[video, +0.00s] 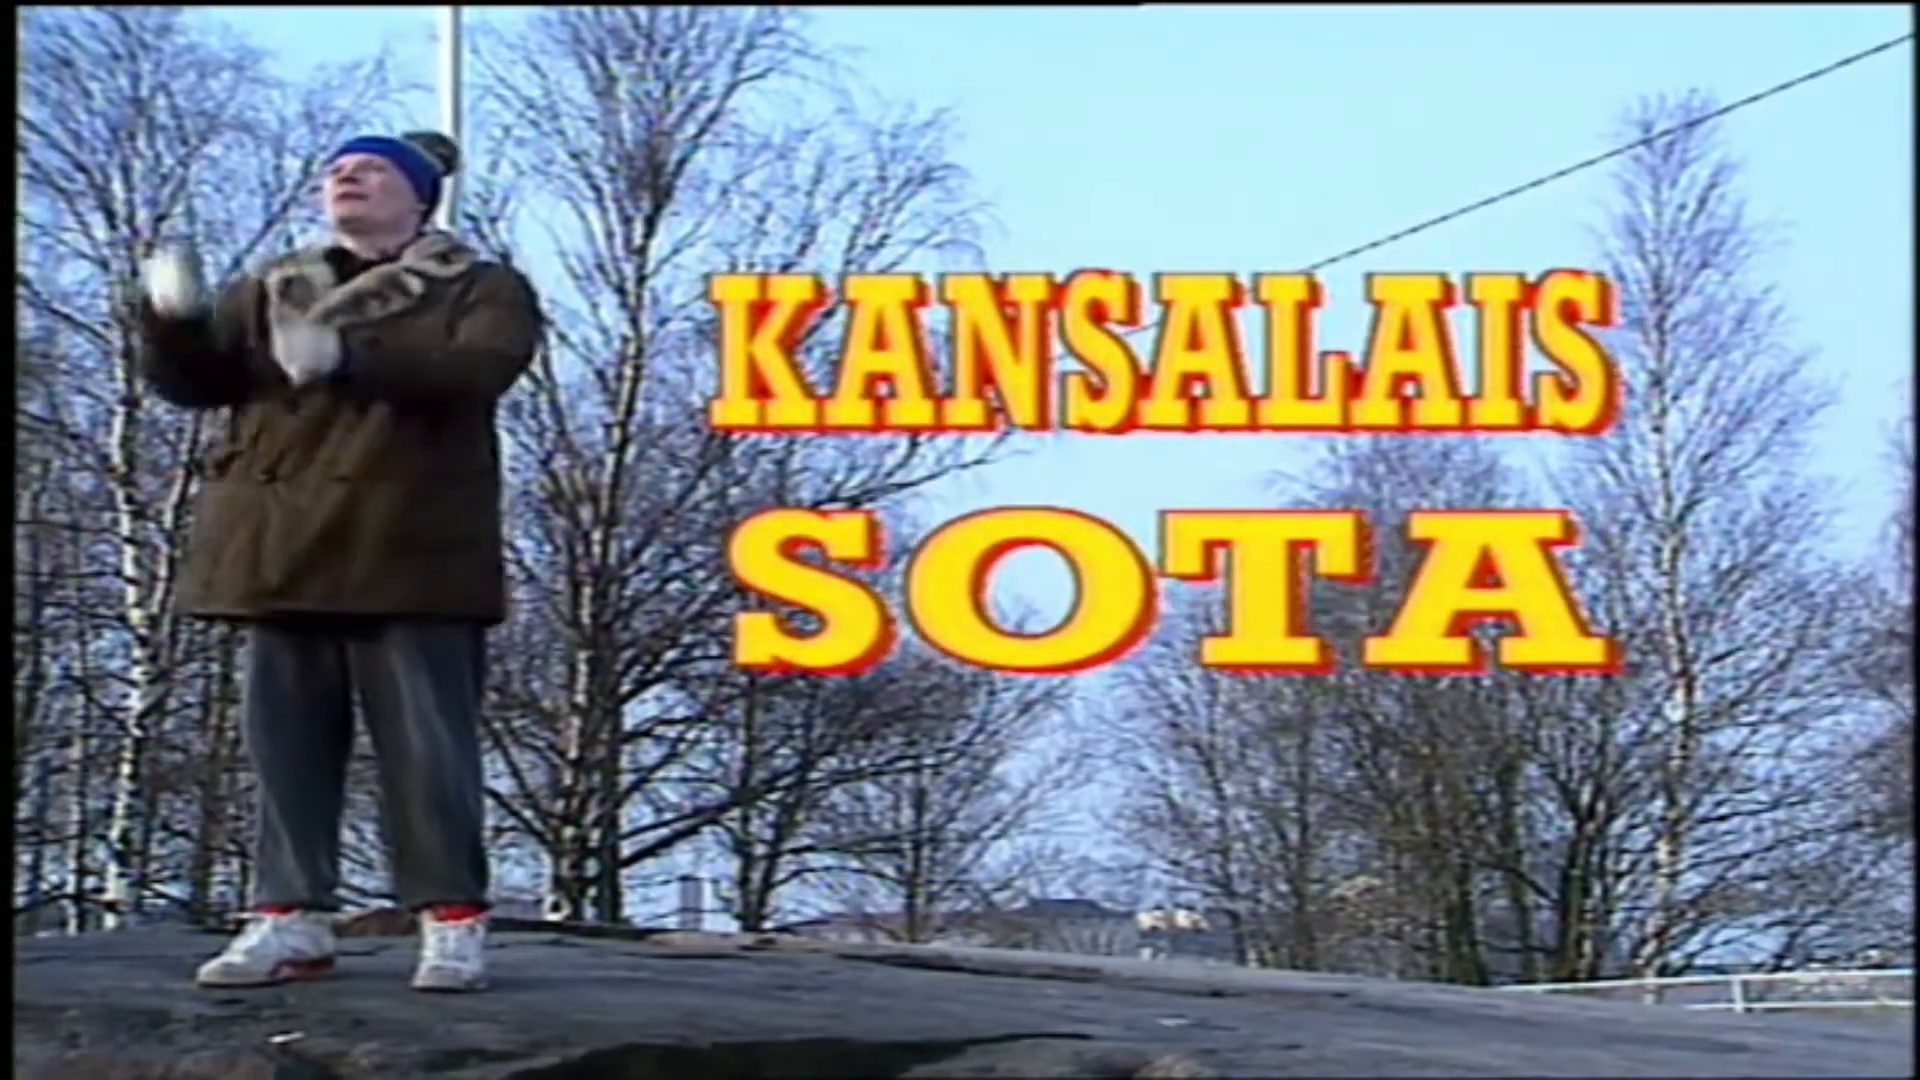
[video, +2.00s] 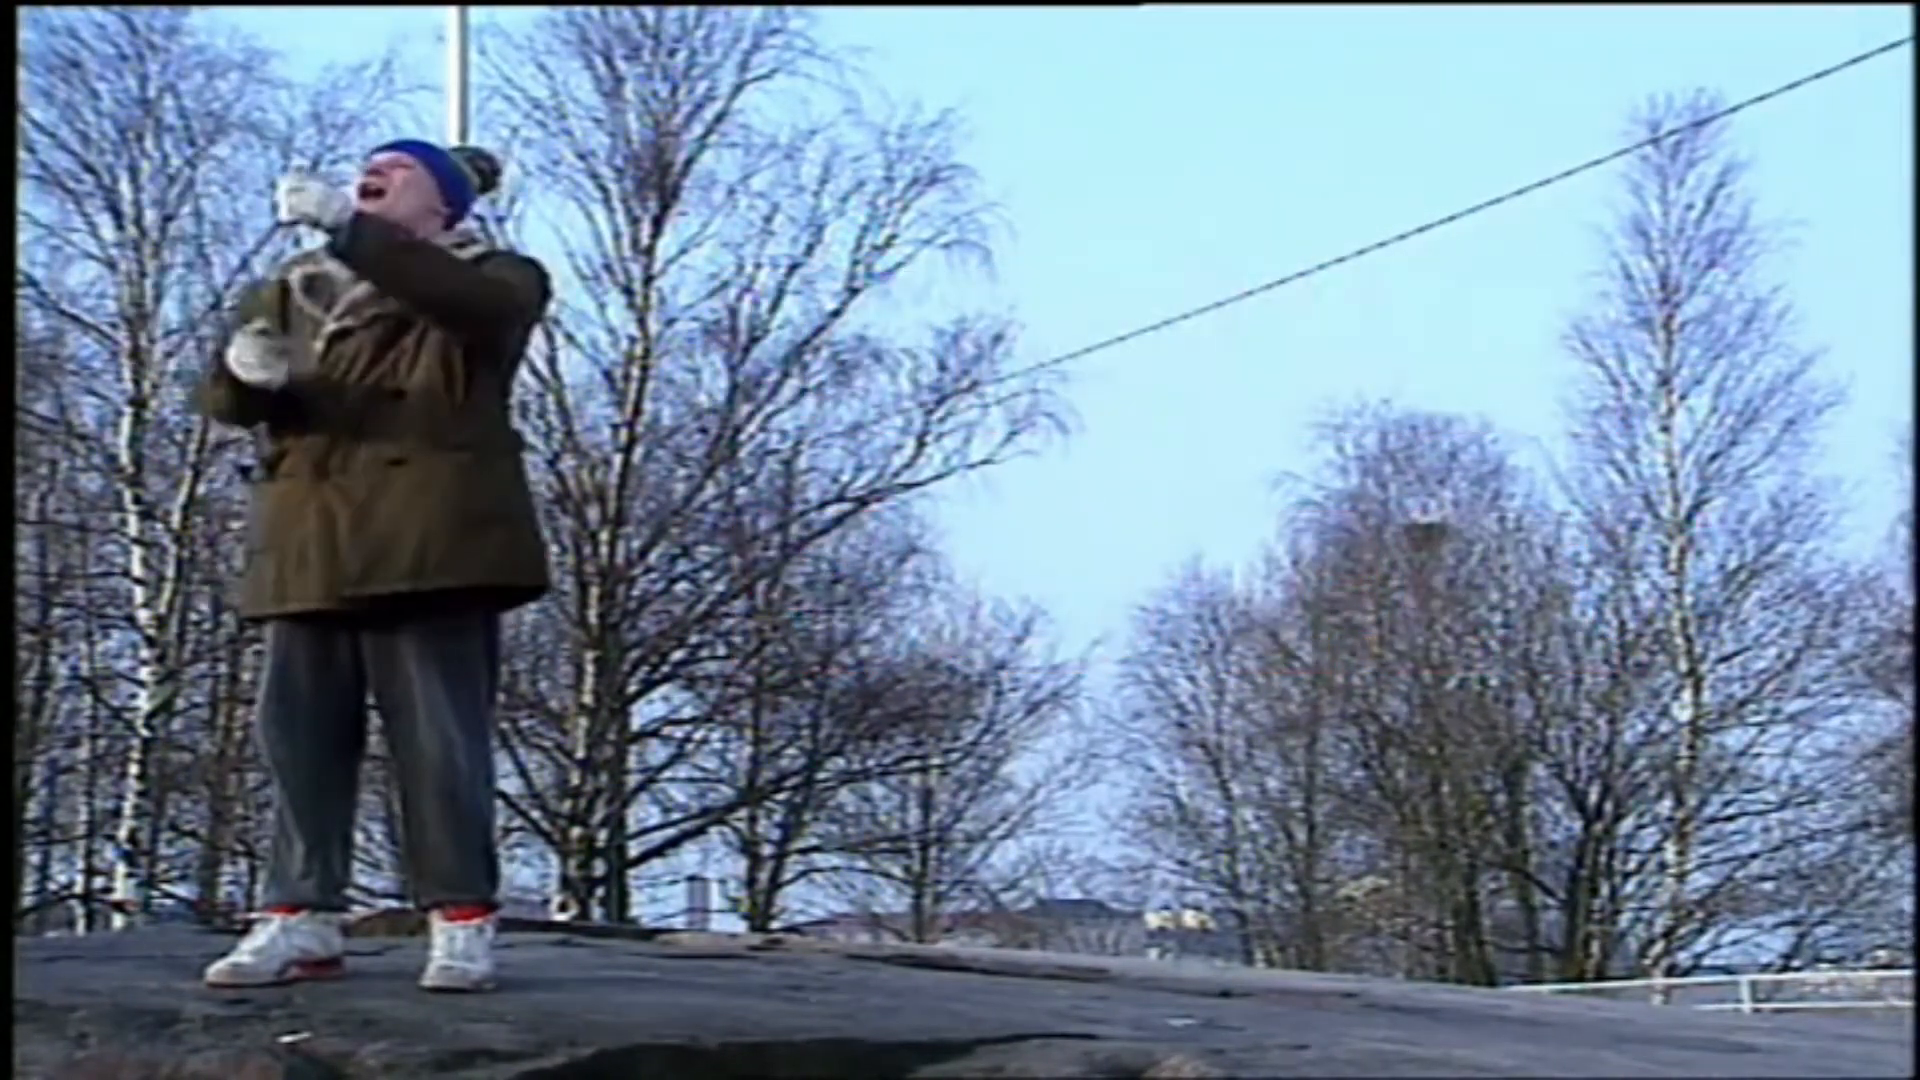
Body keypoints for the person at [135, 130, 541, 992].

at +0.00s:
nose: (345, 179)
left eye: (368, 169)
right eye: (335, 172)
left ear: (421, 197)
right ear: (322, 201)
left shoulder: (481, 285)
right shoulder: (281, 286)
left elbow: (472, 367)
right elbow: (198, 376)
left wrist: (343, 351)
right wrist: (170, 321)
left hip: (417, 558)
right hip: (285, 556)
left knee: (427, 745)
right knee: (286, 743)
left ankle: (452, 919)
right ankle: (293, 918)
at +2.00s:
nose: (365, 185)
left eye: (389, 173)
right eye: (360, 177)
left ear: (446, 202)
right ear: (351, 199)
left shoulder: (500, 276)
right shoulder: (308, 286)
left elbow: (471, 295)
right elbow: (224, 401)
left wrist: (348, 230)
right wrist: (249, 370)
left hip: (432, 540)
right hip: (307, 545)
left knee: (439, 738)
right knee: (300, 735)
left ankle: (460, 919)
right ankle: (304, 918)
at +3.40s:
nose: (375, 177)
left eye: (401, 168)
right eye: (369, 171)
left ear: (452, 204)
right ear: (356, 202)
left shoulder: (502, 282)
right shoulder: (314, 281)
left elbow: (482, 348)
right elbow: (263, 386)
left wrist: (340, 301)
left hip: (429, 550)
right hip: (305, 549)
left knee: (440, 740)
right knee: (299, 737)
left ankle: (461, 918)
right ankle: (306, 918)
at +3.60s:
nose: (380, 181)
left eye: (405, 171)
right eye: (371, 173)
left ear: (455, 206)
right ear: (353, 194)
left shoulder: (492, 275)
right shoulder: (290, 285)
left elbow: (505, 297)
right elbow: (233, 381)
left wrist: (365, 225)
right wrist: (245, 409)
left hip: (432, 546)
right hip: (304, 551)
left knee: (441, 738)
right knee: (299, 736)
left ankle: (461, 919)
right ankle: (305, 918)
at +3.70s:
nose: (379, 183)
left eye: (404, 173)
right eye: (372, 175)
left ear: (456, 208)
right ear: (354, 193)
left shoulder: (501, 278)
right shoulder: (290, 289)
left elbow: (481, 300)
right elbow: (222, 390)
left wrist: (355, 234)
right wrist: (206, 365)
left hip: (433, 548)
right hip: (306, 550)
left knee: (441, 738)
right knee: (299, 735)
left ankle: (462, 918)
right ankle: (306, 918)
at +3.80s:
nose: (382, 178)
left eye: (407, 171)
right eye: (376, 172)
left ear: (453, 207)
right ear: (359, 201)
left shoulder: (503, 279)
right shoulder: (307, 279)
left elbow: (479, 347)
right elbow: (186, 334)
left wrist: (341, 319)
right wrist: (177, 246)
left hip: (437, 555)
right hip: (306, 556)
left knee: (443, 739)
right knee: (299, 735)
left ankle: (462, 919)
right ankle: (306, 918)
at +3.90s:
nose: (383, 178)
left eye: (408, 171)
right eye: (376, 172)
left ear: (454, 209)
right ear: (359, 204)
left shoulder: (504, 283)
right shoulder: (310, 282)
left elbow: (478, 372)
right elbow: (179, 322)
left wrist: (344, 386)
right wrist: (186, 213)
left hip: (436, 555)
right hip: (306, 556)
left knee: (444, 740)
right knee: (301, 736)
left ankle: (462, 919)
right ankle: (306, 918)